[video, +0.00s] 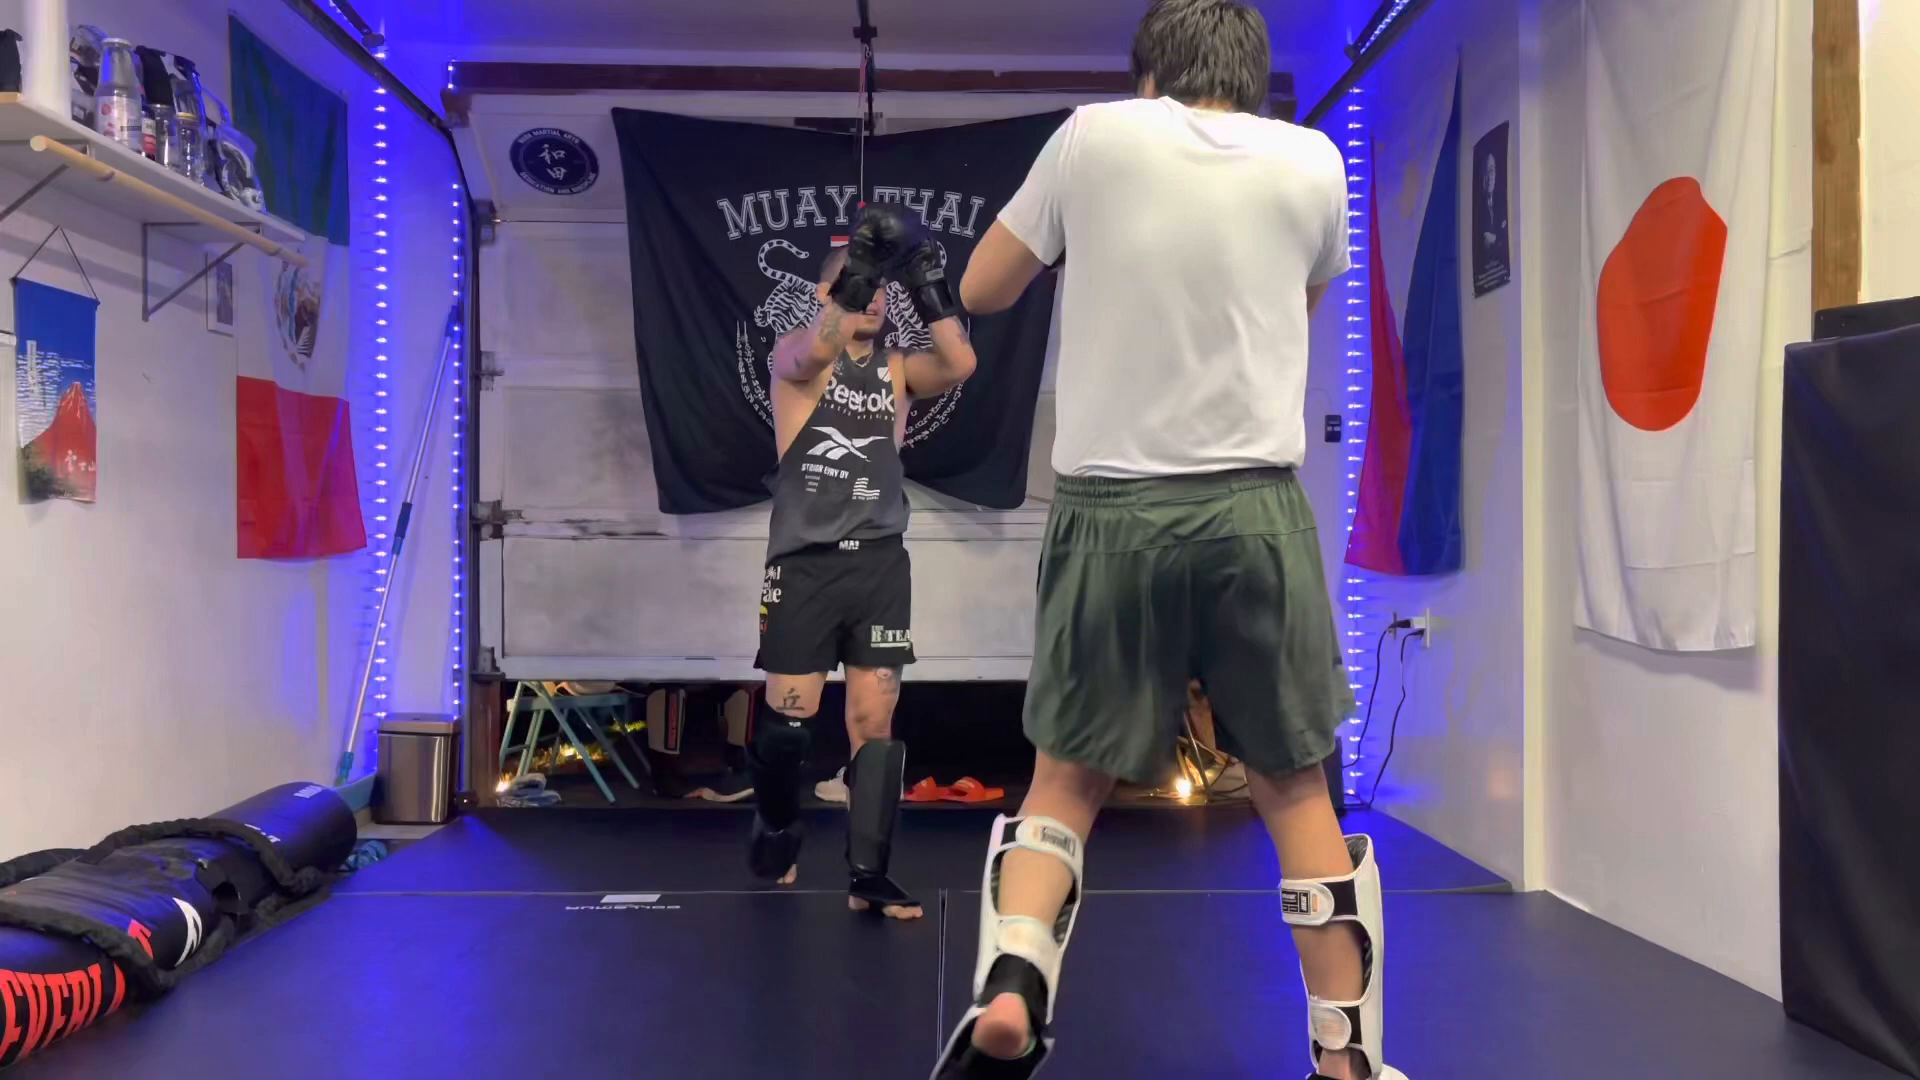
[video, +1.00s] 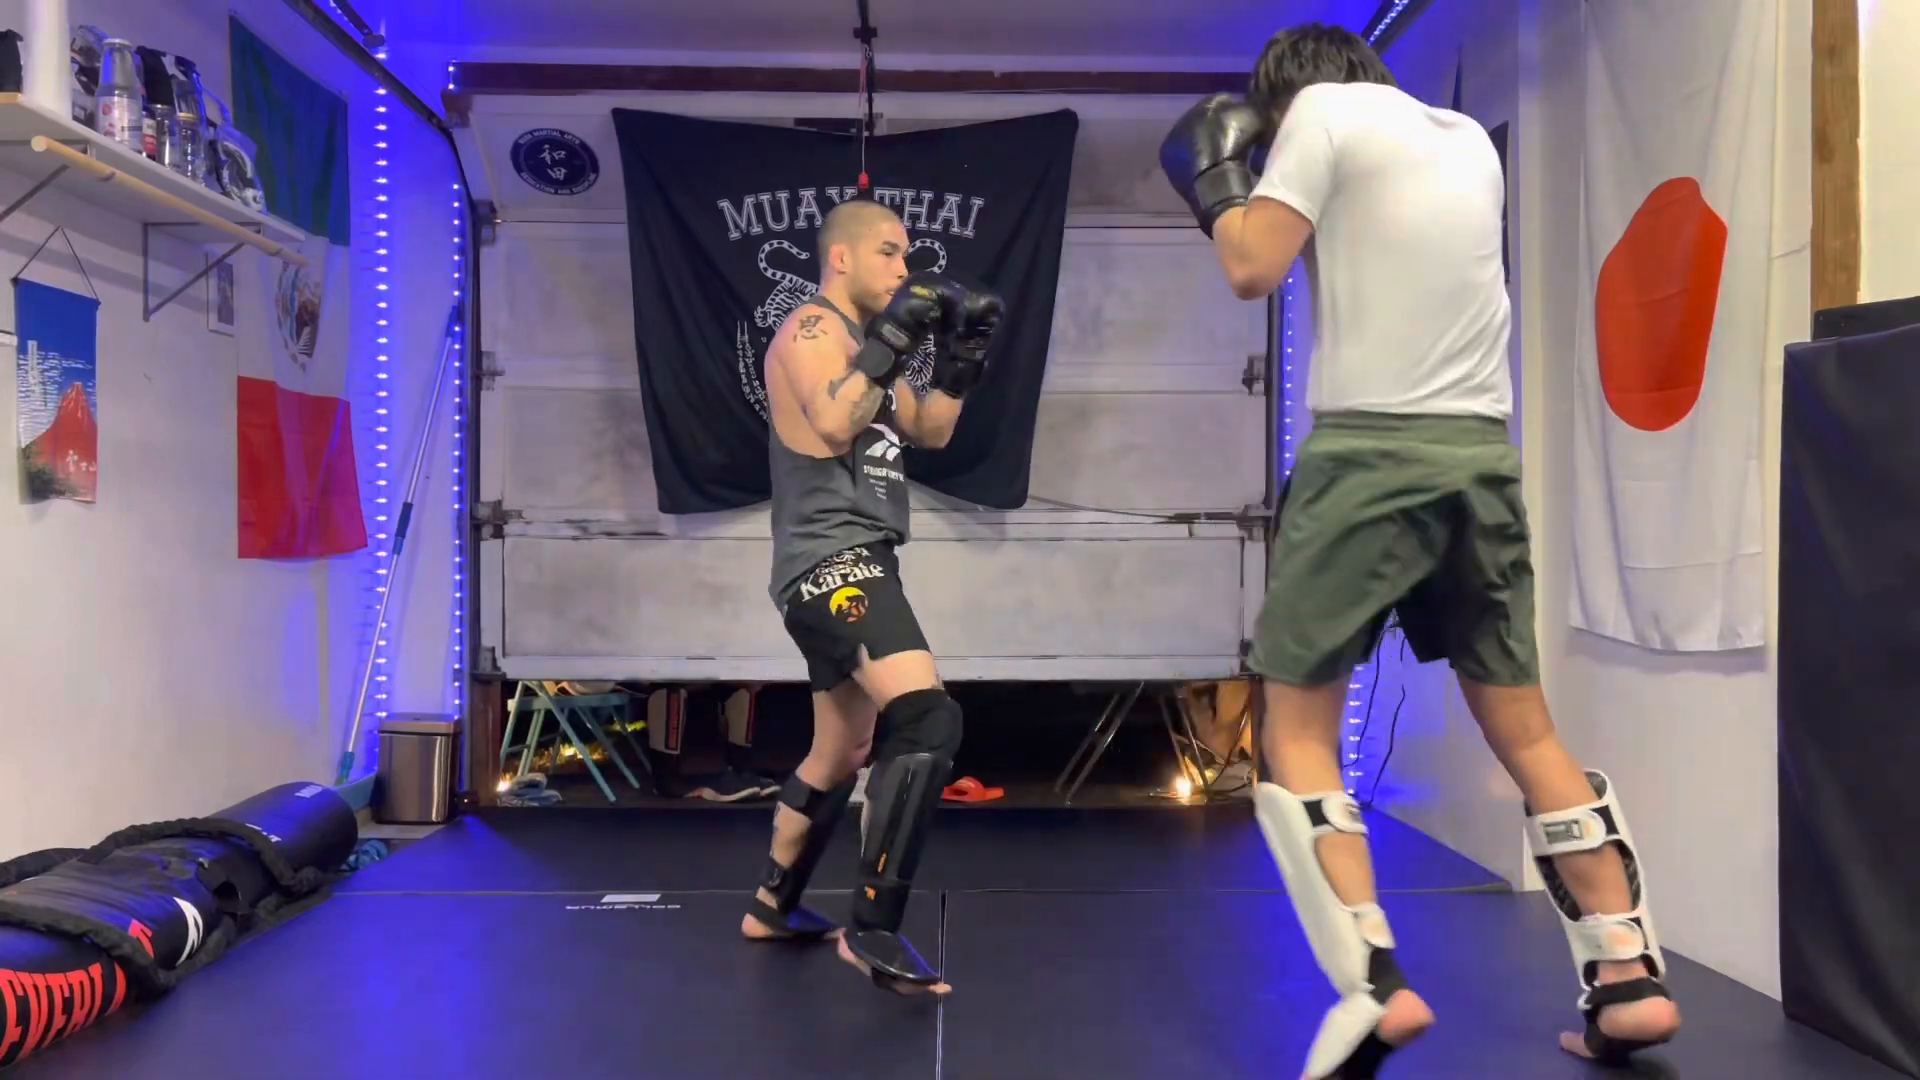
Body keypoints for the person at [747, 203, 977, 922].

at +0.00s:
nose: (872, 300)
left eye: (879, 290)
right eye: (857, 288)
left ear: (885, 299)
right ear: (823, 292)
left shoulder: (897, 367)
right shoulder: (793, 356)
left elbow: (959, 364)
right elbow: (814, 354)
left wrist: (929, 288)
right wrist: (853, 285)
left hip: (880, 561)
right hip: (803, 562)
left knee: (875, 715)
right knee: (790, 719)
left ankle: (869, 876)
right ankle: (777, 830)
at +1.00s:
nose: (903, 269)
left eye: (905, 256)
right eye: (889, 253)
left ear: (872, 263)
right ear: (839, 257)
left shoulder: (869, 342)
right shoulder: (808, 329)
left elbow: (929, 431)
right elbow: (832, 425)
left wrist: (959, 363)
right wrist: (894, 344)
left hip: (851, 559)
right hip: (833, 560)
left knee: (839, 748)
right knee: (924, 722)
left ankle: (775, 903)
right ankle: (875, 928)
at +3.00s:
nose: (580, 256)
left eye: (579, 240)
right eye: (563, 239)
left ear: (517, 253)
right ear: (505, 247)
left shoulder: (519, 348)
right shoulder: (478, 331)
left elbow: (606, 453)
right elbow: (559, 415)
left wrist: (662, 373)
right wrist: (620, 314)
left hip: (473, 606)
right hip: (491, 601)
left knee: (469, 794)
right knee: (596, 802)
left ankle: (396, 948)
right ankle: (522, 1041)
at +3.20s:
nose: (566, 224)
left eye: (563, 207)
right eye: (551, 206)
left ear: (490, 215)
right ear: (499, 212)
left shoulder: (454, 299)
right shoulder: (484, 297)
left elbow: (496, 427)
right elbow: (497, 421)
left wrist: (596, 381)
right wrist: (612, 381)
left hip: (439, 566)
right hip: (491, 561)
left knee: (456, 780)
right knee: (524, 786)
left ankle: (373, 967)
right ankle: (515, 1034)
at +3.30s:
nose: (550, 242)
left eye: (548, 225)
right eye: (539, 225)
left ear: (473, 232)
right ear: (488, 227)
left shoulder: (427, 319)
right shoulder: (479, 308)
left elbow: (509, 438)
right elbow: (495, 434)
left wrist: (588, 369)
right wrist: (629, 422)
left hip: (430, 580)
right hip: (485, 577)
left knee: (448, 790)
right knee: (511, 793)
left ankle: (369, 972)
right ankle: (512, 1034)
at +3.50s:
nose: (543, 256)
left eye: (542, 238)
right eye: (533, 238)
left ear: (461, 246)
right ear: (488, 238)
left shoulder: (407, 324)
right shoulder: (486, 302)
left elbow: (464, 445)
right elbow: (508, 420)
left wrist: (550, 379)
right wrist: (625, 397)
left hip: (409, 596)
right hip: (497, 582)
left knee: (429, 778)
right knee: (604, 762)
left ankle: (368, 968)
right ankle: (555, 975)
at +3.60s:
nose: (560, 245)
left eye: (559, 227)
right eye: (550, 227)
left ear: (482, 230)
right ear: (504, 227)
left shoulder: (423, 303)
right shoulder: (501, 293)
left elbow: (493, 410)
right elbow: (553, 401)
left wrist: (577, 352)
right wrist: (636, 344)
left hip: (425, 585)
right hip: (518, 574)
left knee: (423, 771)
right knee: (625, 751)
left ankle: (367, 971)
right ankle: (625, 969)